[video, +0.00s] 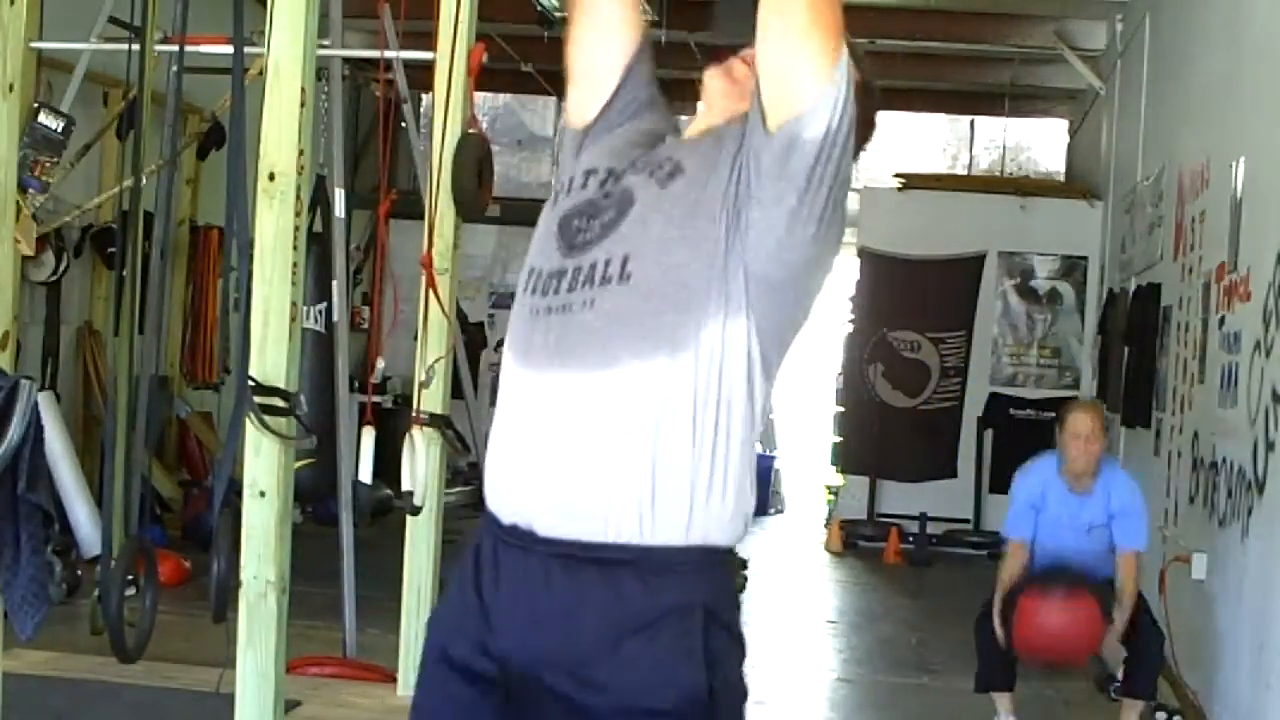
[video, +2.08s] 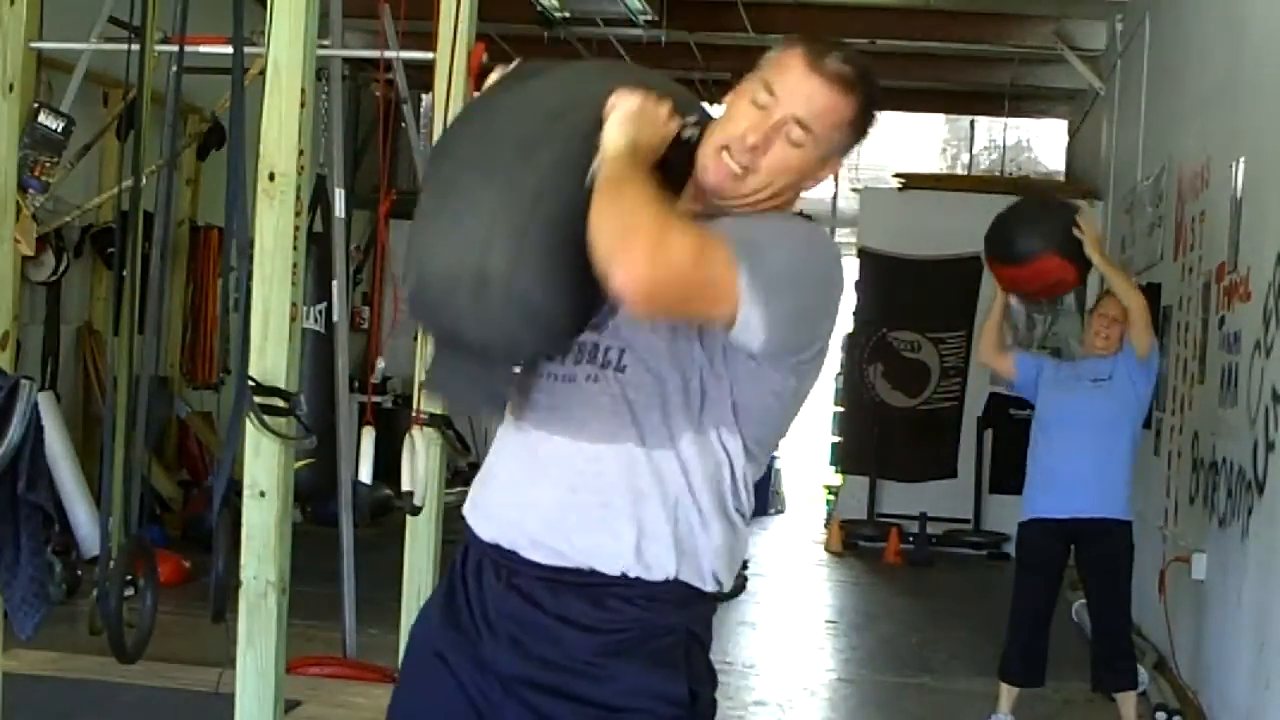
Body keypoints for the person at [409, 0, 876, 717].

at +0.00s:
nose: (734, 56)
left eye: (764, 57)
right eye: (739, 47)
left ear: (793, 106)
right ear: (713, 65)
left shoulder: (781, 173)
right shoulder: (610, 143)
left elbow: (805, 10)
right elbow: (601, 7)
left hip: (652, 600)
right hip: (496, 573)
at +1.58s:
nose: (770, 40)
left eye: (820, 51)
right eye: (799, 32)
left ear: (836, 112)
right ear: (753, 42)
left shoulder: (800, 178)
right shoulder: (615, 136)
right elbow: (510, 12)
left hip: (661, 609)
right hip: (507, 577)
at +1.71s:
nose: (806, 58)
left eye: (833, 64)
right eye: (816, 41)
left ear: (853, 130)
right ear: (767, 45)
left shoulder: (811, 194)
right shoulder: (614, 154)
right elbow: (473, 75)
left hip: (657, 612)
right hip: (504, 577)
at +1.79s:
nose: (795, 73)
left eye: (829, 88)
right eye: (806, 52)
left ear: (854, 156)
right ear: (785, 42)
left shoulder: (816, 215)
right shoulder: (611, 180)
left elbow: (729, 29)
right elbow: (454, 152)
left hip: (646, 624)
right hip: (496, 585)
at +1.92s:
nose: (779, 103)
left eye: (817, 116)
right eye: (792, 75)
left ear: (844, 169)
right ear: (773, 65)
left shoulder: (818, 237)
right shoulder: (629, 191)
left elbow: (686, 115)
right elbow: (487, 229)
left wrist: (683, 32)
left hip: (637, 633)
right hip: (490, 590)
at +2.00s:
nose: (762, 128)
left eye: (804, 132)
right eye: (773, 95)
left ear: (829, 178)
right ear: (752, 83)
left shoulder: (808, 258)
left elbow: (656, 210)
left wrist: (648, 107)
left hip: (630, 637)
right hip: (481, 597)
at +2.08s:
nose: (754, 137)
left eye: (795, 135)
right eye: (761, 100)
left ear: (822, 174)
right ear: (733, 90)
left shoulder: (802, 260)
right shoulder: (619, 200)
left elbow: (644, 270)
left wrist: (627, 147)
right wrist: (503, 125)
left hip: (628, 639)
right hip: (476, 601)